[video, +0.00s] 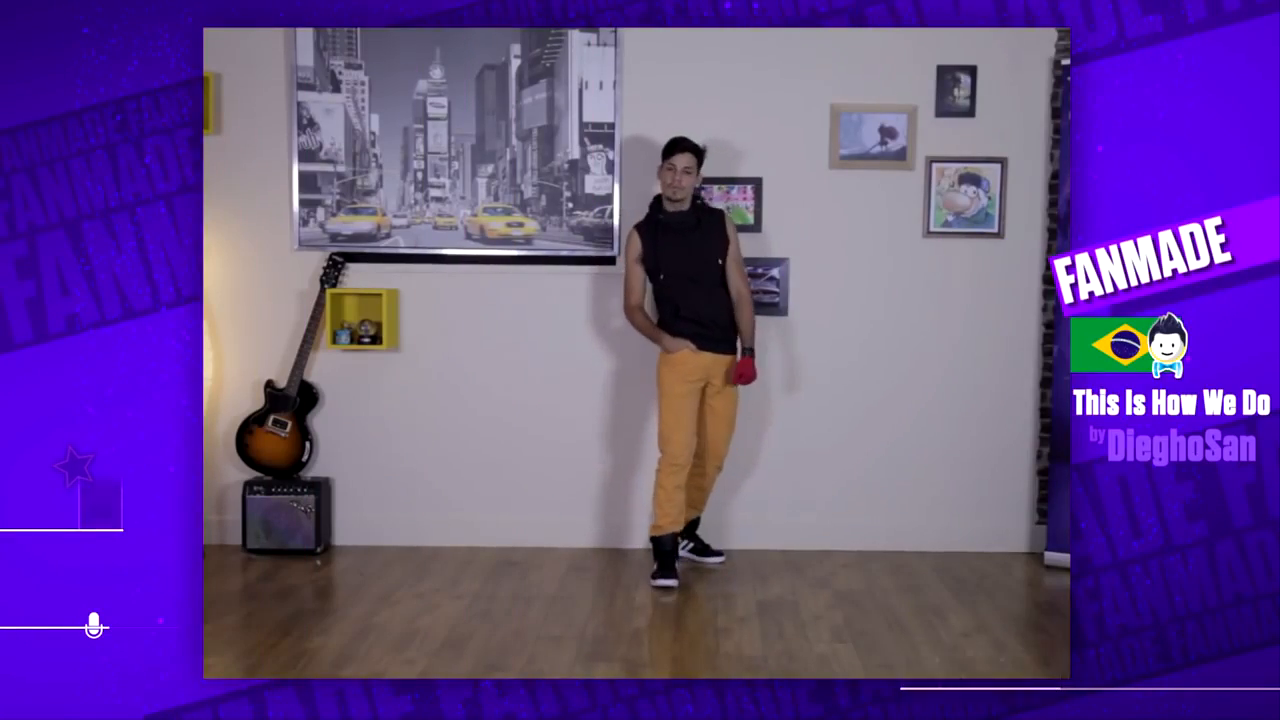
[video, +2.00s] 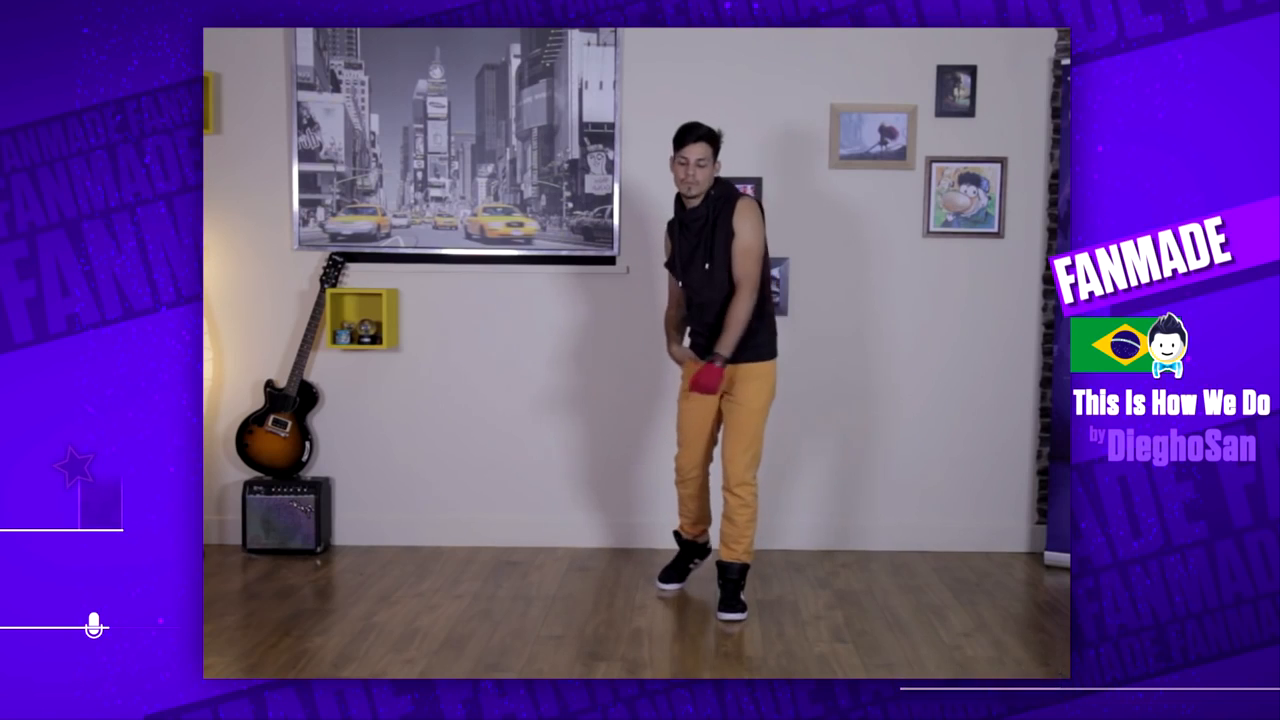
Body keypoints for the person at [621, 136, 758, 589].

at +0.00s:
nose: (677, 178)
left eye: (687, 171)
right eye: (671, 169)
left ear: (699, 177)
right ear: (659, 174)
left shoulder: (721, 224)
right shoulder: (642, 235)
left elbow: (741, 290)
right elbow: (632, 306)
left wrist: (748, 347)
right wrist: (663, 340)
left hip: (726, 357)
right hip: (680, 356)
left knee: (712, 455)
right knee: (676, 455)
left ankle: (685, 535)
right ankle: (664, 555)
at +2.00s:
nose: (689, 173)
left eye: (700, 164)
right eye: (682, 163)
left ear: (716, 167)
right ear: (671, 167)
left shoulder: (743, 211)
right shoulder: (676, 228)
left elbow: (748, 288)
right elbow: (676, 296)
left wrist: (719, 357)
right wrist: (673, 342)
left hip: (749, 359)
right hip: (700, 358)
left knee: (737, 473)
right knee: (689, 464)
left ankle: (733, 576)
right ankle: (692, 544)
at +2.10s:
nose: (692, 174)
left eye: (703, 166)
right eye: (685, 165)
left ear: (721, 170)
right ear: (676, 168)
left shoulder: (747, 212)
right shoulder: (679, 231)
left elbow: (747, 290)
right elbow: (680, 299)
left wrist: (703, 352)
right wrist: (677, 344)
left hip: (753, 365)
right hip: (704, 362)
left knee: (741, 474)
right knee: (691, 466)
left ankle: (734, 577)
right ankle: (697, 545)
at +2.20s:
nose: (697, 171)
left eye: (709, 163)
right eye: (691, 161)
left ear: (725, 168)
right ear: (680, 164)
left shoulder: (751, 209)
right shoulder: (679, 232)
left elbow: (755, 285)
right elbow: (681, 301)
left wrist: (705, 344)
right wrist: (679, 344)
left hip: (756, 365)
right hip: (705, 362)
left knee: (742, 474)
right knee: (693, 466)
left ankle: (734, 577)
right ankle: (698, 544)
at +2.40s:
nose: (717, 159)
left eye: (728, 152)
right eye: (710, 150)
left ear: (744, 161)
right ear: (698, 156)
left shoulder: (766, 209)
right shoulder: (683, 225)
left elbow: (780, 286)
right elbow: (670, 298)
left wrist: (739, 346)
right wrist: (676, 347)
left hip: (759, 362)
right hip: (705, 360)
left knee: (743, 475)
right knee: (689, 467)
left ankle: (734, 575)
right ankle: (693, 543)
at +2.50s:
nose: (729, 160)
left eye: (740, 153)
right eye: (722, 150)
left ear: (755, 161)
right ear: (711, 155)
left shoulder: (775, 215)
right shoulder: (688, 219)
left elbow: (790, 290)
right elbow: (660, 294)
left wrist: (784, 350)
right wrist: (676, 349)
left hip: (762, 368)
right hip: (707, 364)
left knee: (744, 477)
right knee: (688, 470)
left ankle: (734, 577)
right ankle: (686, 541)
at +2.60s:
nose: (734, 162)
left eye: (746, 154)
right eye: (727, 152)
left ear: (763, 162)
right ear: (718, 156)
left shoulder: (779, 218)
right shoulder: (690, 217)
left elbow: (798, 291)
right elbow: (657, 293)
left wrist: (811, 347)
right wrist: (679, 352)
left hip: (763, 369)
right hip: (706, 366)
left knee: (744, 478)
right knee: (690, 472)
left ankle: (733, 579)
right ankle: (683, 545)